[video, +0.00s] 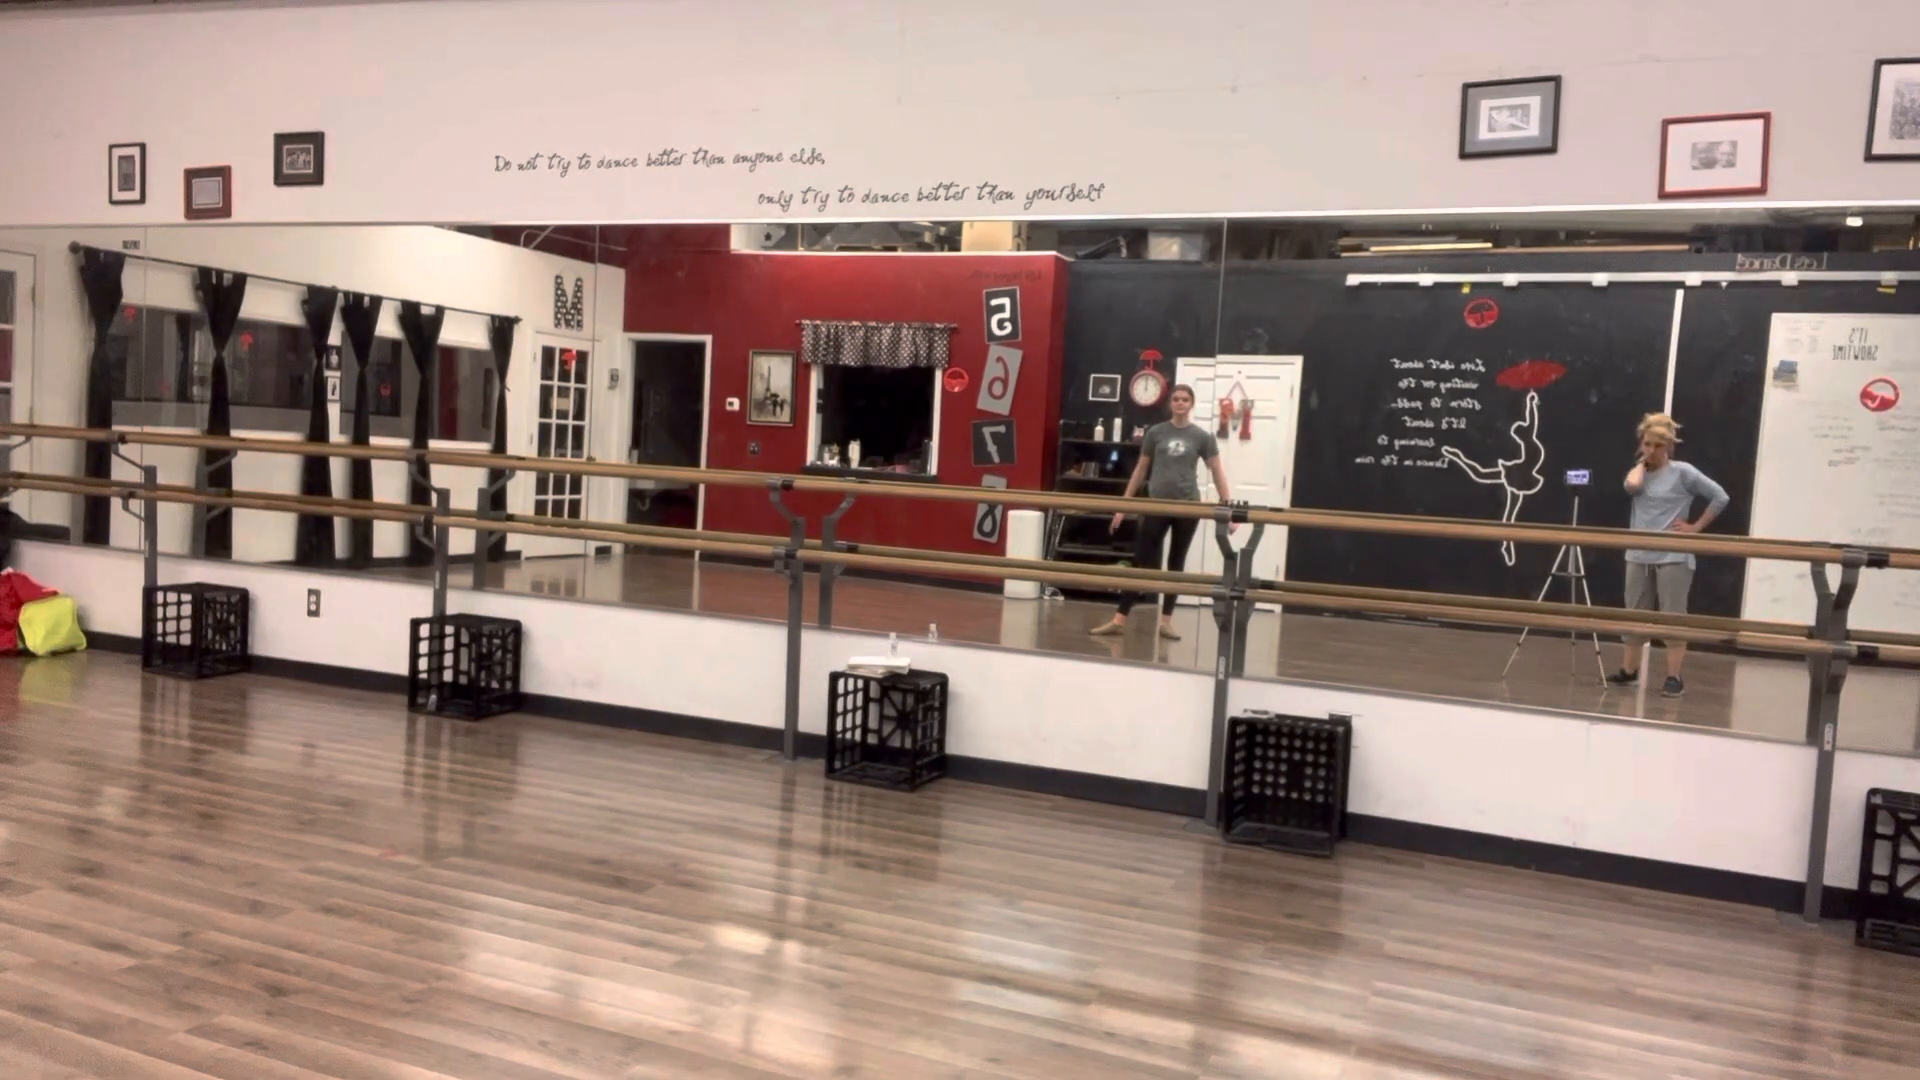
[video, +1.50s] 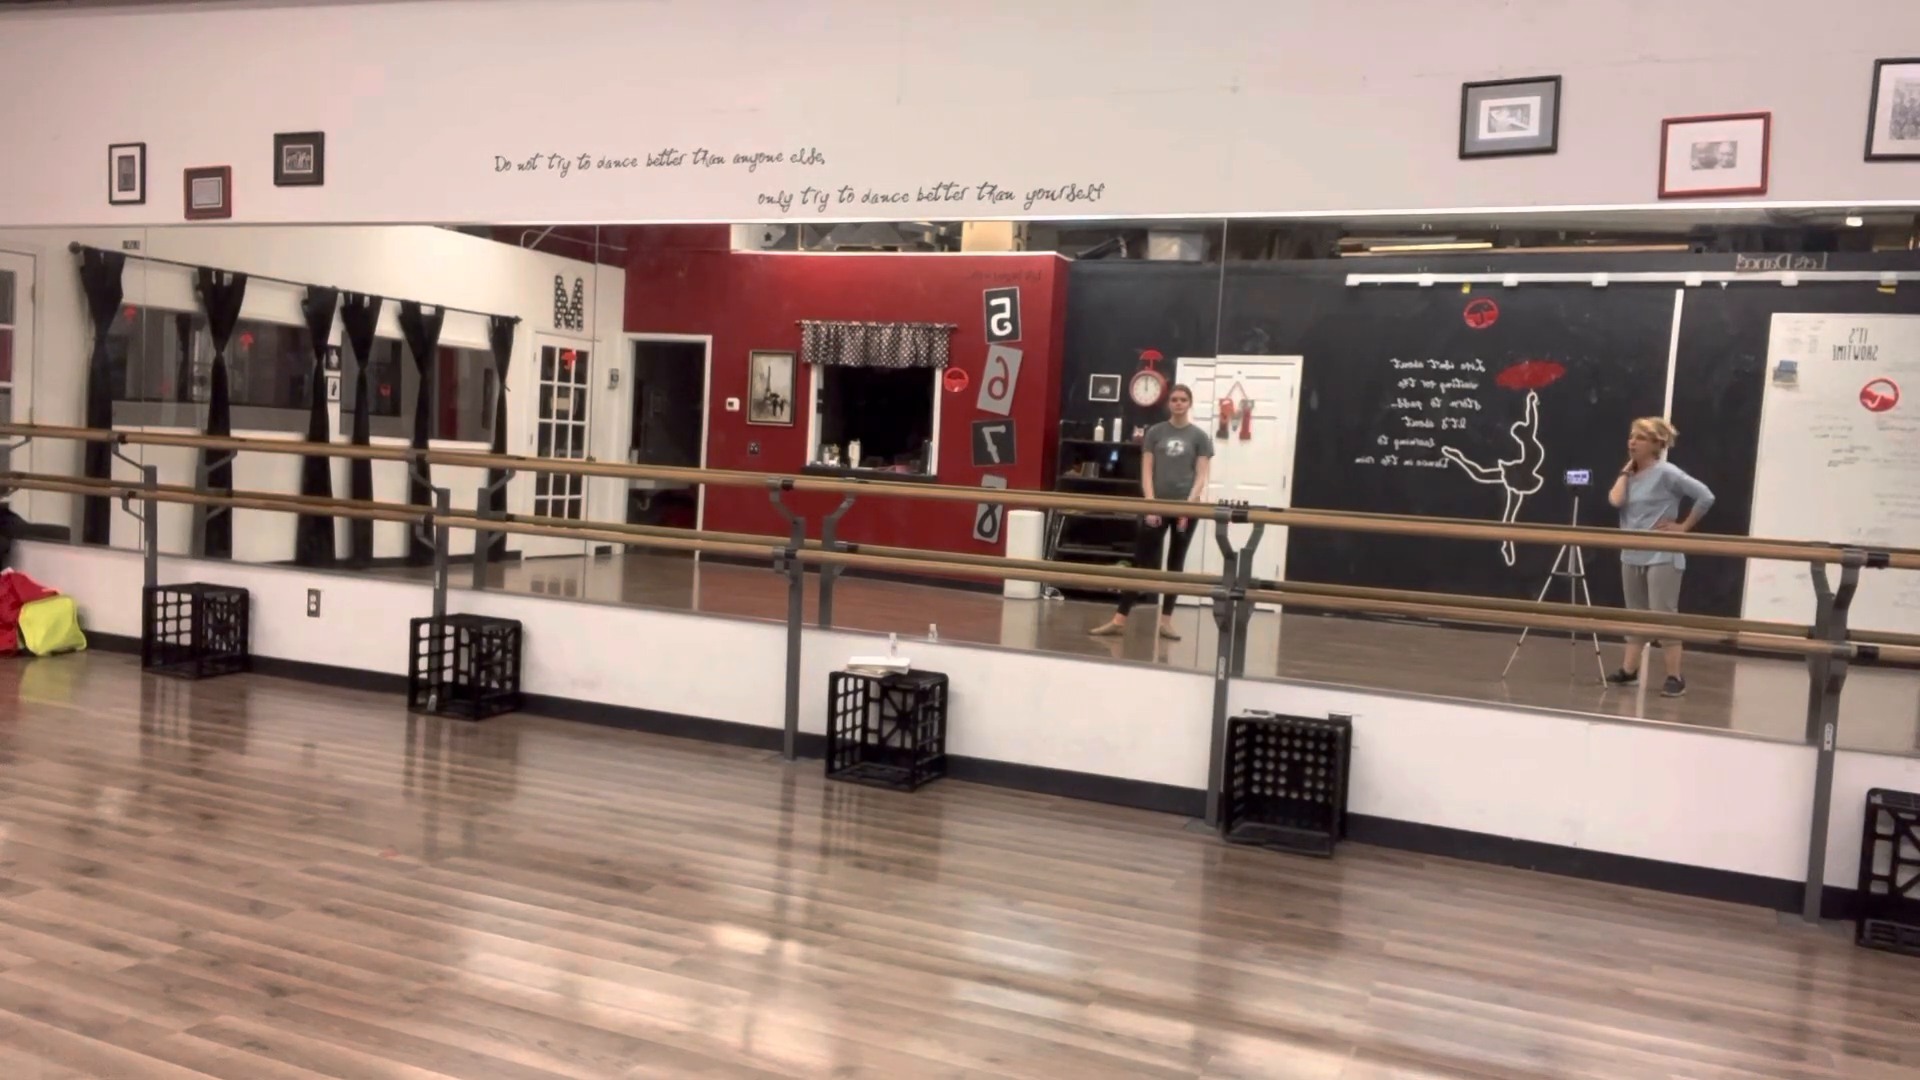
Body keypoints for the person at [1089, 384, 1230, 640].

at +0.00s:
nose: (1180, 403)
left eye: (1185, 400)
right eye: (1176, 399)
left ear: (1192, 405)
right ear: (1170, 403)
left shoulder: (1202, 436)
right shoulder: (1155, 433)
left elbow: (1217, 473)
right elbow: (1140, 471)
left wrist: (1227, 507)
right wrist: (1123, 507)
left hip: (1187, 509)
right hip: (1156, 506)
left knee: (1176, 563)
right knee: (1141, 559)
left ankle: (1165, 620)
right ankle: (1120, 618)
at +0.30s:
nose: (1180, 404)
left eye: (1185, 400)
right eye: (1176, 400)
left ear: (1192, 405)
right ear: (1170, 403)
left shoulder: (1202, 438)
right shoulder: (1155, 432)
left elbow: (1204, 478)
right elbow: (1145, 472)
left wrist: (1191, 507)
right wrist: (1148, 507)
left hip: (1185, 509)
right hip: (1157, 506)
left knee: (1176, 564)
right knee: (1141, 560)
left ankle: (1166, 620)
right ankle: (1120, 617)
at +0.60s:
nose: (1179, 404)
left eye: (1184, 400)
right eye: (1176, 400)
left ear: (1191, 404)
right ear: (1170, 403)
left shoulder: (1202, 438)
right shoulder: (1155, 432)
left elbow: (1203, 479)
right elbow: (1144, 470)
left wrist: (1187, 509)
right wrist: (1154, 504)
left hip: (1185, 508)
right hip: (1156, 505)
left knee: (1175, 564)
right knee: (1141, 560)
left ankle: (1166, 620)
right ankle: (1120, 617)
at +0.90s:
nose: (1177, 403)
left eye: (1182, 400)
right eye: (1174, 399)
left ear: (1190, 404)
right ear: (1168, 403)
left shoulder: (1201, 437)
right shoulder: (1154, 432)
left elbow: (1212, 476)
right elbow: (1141, 471)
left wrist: (1220, 506)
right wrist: (1128, 507)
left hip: (1186, 509)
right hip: (1155, 507)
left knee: (1175, 564)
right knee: (1141, 560)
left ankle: (1165, 620)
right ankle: (1120, 618)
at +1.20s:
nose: (1177, 403)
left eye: (1182, 399)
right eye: (1173, 399)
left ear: (1190, 404)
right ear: (1168, 403)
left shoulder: (1200, 436)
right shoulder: (1154, 432)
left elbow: (1215, 475)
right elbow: (1137, 470)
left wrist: (1225, 509)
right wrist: (1120, 508)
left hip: (1186, 509)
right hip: (1155, 507)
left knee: (1175, 564)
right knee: (1140, 560)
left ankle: (1165, 620)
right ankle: (1120, 618)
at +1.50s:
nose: (1178, 404)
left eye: (1182, 400)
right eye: (1174, 400)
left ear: (1190, 404)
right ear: (1168, 403)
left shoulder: (1200, 437)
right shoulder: (1153, 432)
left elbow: (1201, 477)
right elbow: (1147, 471)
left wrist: (1188, 508)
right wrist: (1150, 505)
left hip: (1184, 508)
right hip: (1156, 505)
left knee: (1175, 564)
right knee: (1142, 560)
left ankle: (1166, 619)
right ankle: (1120, 617)